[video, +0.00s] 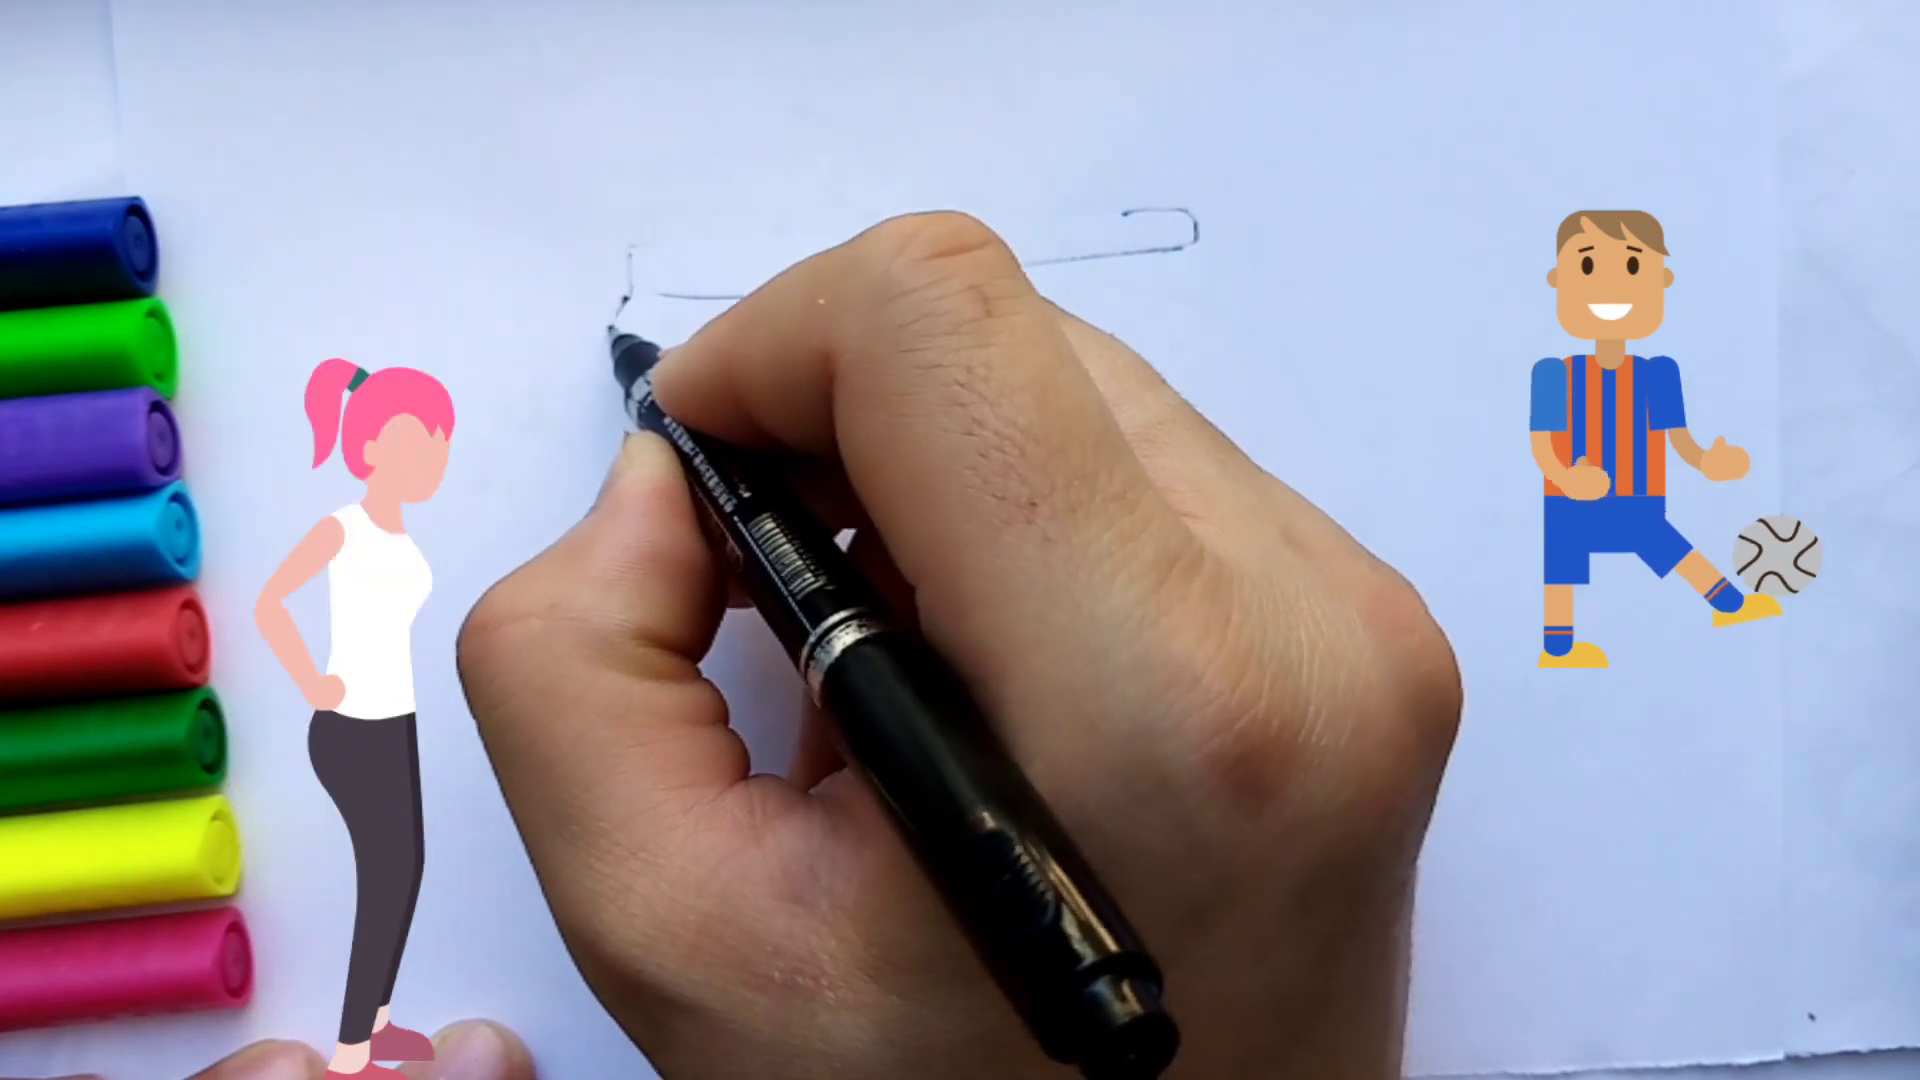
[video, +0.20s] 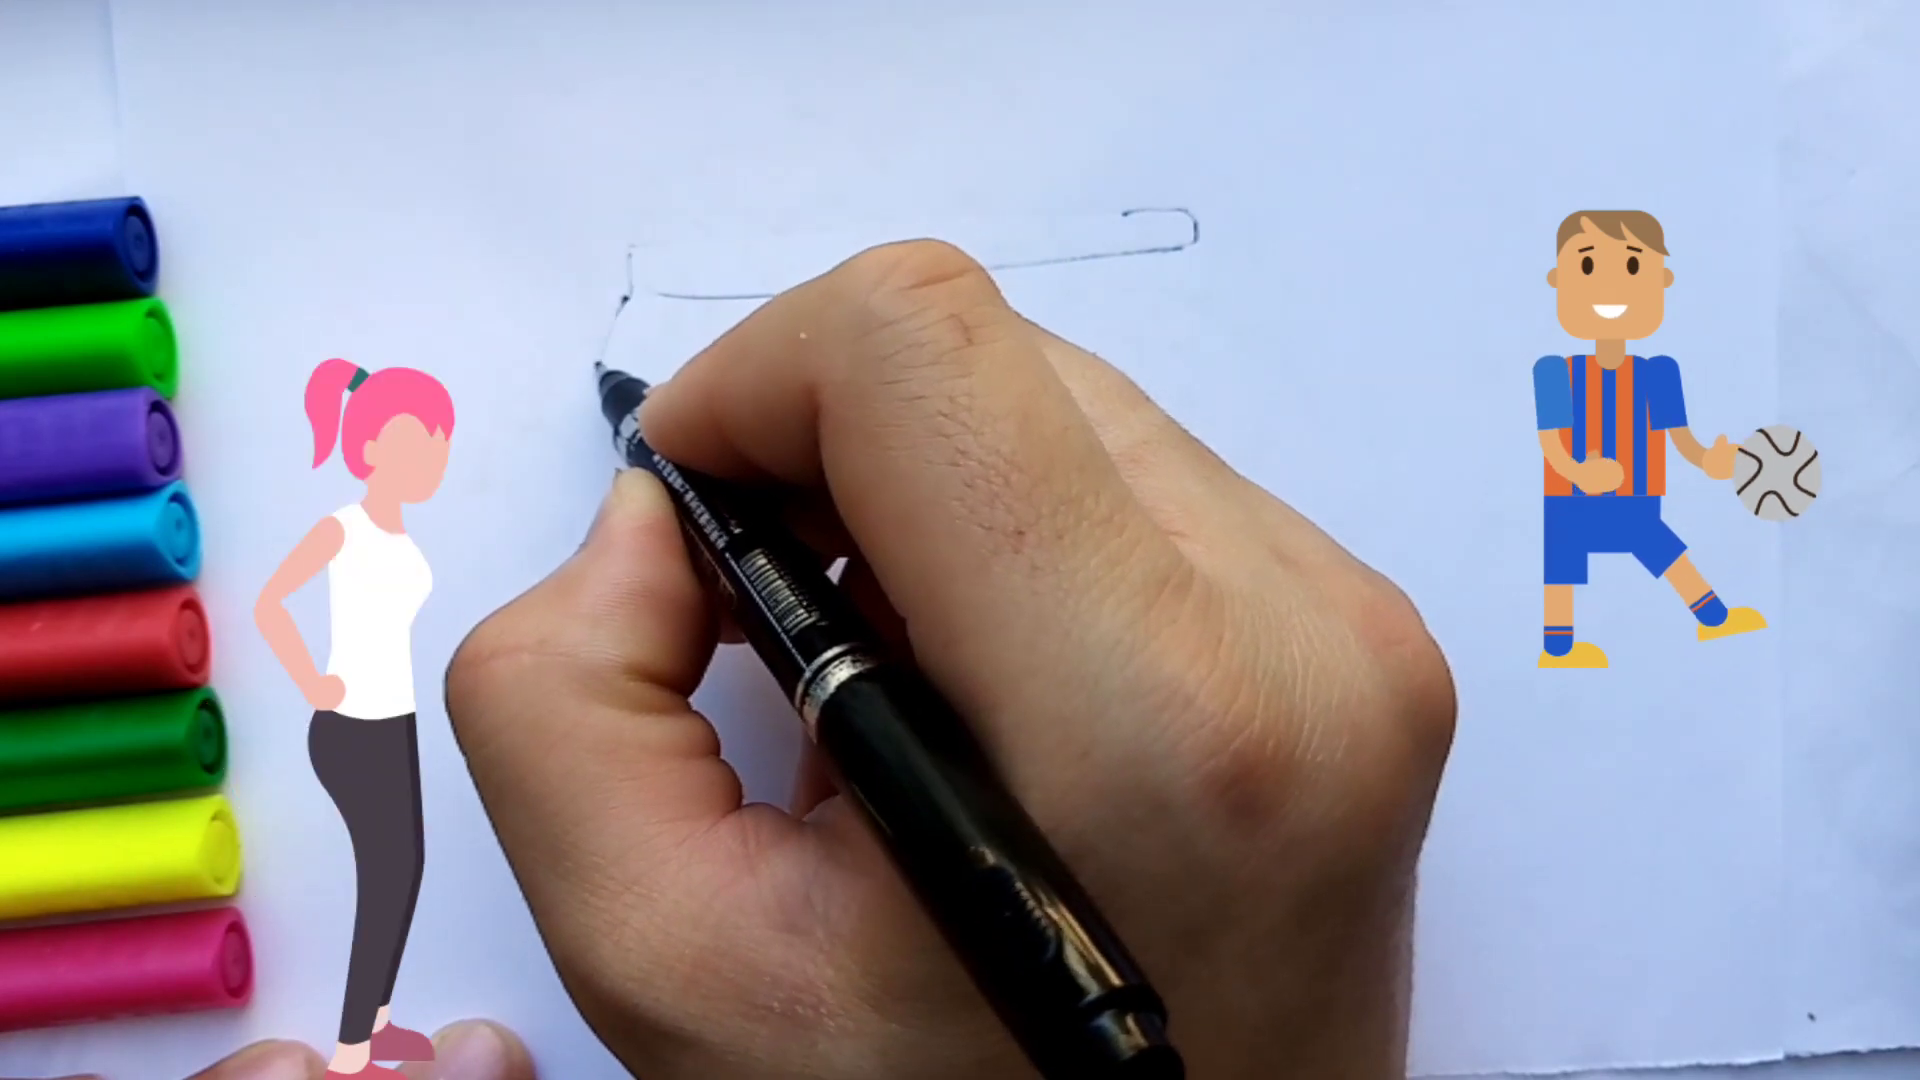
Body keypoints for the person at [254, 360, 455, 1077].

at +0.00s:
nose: (434, 459)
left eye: (438, 442)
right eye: (419, 440)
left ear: (439, 451)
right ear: (376, 447)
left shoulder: (405, 537)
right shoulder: (344, 529)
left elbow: (390, 623)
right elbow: (269, 604)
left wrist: (396, 685)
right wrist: (312, 683)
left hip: (398, 728)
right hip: (352, 729)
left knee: (405, 871)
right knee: (387, 875)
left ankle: (374, 1021)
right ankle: (350, 1048)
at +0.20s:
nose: (434, 458)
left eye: (437, 441)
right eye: (418, 440)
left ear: (439, 450)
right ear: (375, 447)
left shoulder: (406, 537)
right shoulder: (344, 529)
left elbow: (389, 620)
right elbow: (269, 604)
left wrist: (395, 682)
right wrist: (311, 682)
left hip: (398, 727)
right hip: (352, 729)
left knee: (404, 871)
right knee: (387, 875)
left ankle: (373, 1023)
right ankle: (350, 1049)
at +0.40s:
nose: (401, 590)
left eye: (404, 573)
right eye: (385, 573)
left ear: (404, 582)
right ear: (345, 578)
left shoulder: (365, 665)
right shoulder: (311, 656)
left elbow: (324, 738)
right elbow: (213, 712)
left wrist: (319, 798)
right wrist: (249, 790)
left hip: (309, 842)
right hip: (264, 849)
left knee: (392, 865)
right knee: (392, 872)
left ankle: (339, 1026)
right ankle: (350, 1055)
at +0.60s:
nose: (434, 459)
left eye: (438, 442)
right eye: (418, 440)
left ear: (440, 452)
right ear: (375, 447)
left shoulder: (404, 536)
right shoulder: (343, 529)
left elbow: (387, 623)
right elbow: (269, 605)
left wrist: (397, 687)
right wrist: (312, 684)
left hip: (397, 730)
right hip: (352, 732)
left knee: (405, 872)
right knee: (387, 878)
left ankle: (373, 1019)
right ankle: (349, 1049)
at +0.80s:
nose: (435, 458)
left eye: (438, 441)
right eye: (419, 439)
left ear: (440, 452)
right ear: (374, 447)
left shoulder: (404, 535)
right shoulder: (343, 529)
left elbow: (384, 622)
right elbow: (268, 606)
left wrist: (395, 686)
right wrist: (312, 684)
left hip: (397, 730)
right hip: (353, 732)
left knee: (406, 870)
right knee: (386, 877)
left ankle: (374, 1019)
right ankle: (349, 1051)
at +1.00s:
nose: (405, 589)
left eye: (406, 572)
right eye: (391, 571)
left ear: (403, 580)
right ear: (347, 578)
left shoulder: (364, 663)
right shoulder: (312, 655)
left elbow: (322, 739)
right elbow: (214, 712)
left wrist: (317, 799)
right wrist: (249, 791)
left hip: (308, 842)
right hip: (264, 851)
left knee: (390, 865)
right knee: (392, 872)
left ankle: (341, 1021)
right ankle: (350, 1053)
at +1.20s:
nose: (432, 457)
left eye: (436, 440)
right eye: (416, 438)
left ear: (440, 450)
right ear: (374, 447)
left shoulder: (403, 535)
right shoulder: (344, 529)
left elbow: (386, 621)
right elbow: (268, 605)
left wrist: (396, 684)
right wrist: (312, 683)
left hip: (397, 730)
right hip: (353, 732)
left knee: (405, 871)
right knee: (386, 877)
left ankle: (373, 1019)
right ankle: (349, 1050)